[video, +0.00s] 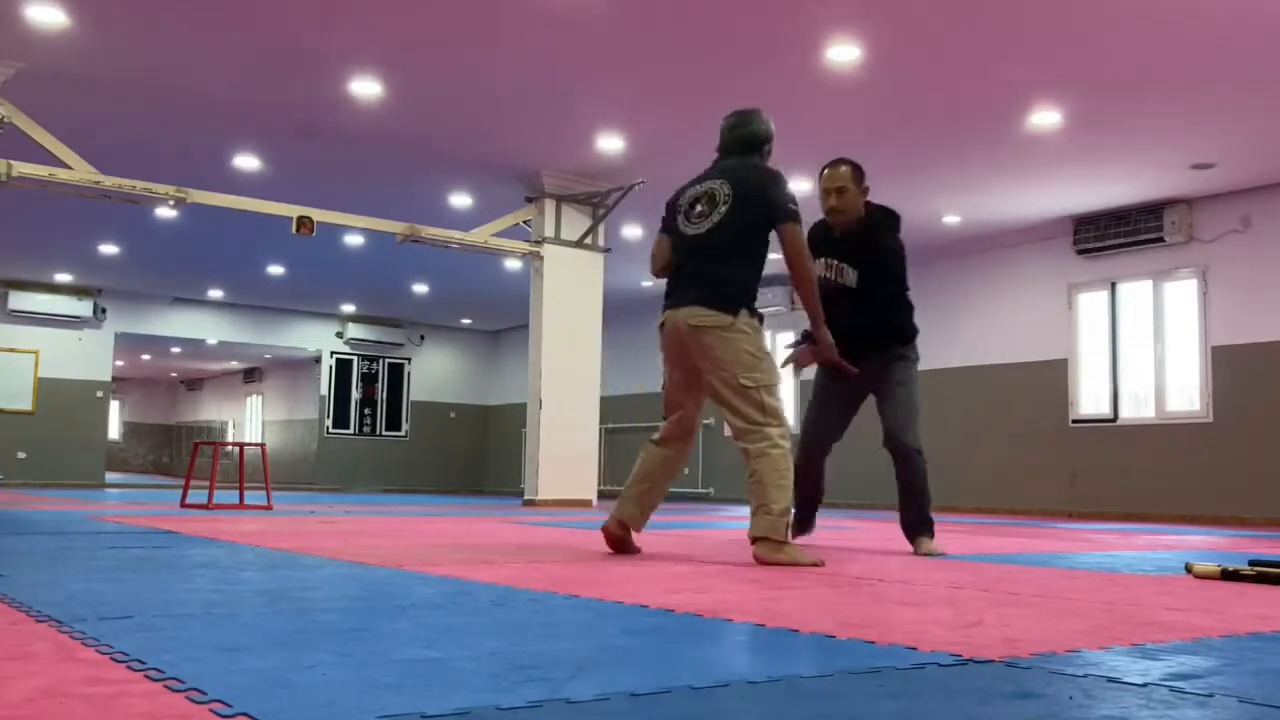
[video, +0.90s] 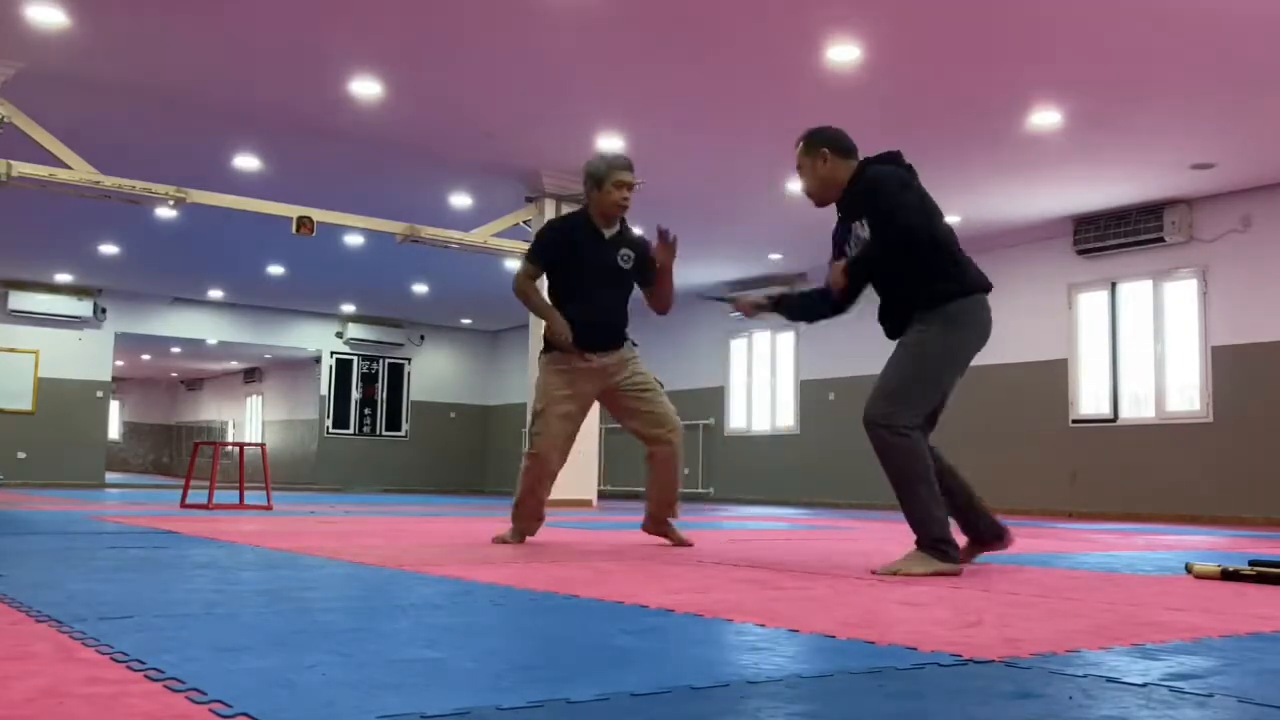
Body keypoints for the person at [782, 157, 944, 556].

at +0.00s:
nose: (832, 200)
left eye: (841, 192)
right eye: (826, 193)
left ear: (863, 193)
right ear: (819, 196)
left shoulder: (882, 237)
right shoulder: (818, 237)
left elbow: (885, 314)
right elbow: (826, 296)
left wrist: (822, 347)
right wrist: (814, 335)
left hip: (892, 355)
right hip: (841, 355)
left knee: (904, 442)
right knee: (810, 445)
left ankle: (922, 535)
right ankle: (801, 524)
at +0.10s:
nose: (858, 193)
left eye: (866, 184)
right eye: (851, 185)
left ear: (890, 185)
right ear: (845, 187)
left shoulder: (922, 232)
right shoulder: (832, 232)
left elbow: (949, 294)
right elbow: (807, 285)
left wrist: (900, 338)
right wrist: (788, 315)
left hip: (910, 350)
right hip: (853, 348)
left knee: (918, 441)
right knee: (829, 437)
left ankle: (923, 534)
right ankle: (824, 517)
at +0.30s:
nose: (866, 184)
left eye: (875, 175)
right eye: (860, 177)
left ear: (900, 177)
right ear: (853, 182)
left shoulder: (935, 225)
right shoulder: (843, 235)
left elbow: (967, 280)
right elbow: (823, 297)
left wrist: (928, 293)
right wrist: (799, 352)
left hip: (928, 350)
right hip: (870, 351)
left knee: (930, 443)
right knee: (861, 430)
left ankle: (920, 533)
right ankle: (890, 535)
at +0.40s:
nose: (852, 171)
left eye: (861, 160)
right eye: (847, 162)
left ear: (890, 160)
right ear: (843, 166)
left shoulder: (923, 206)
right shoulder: (839, 221)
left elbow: (938, 259)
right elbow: (821, 288)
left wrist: (886, 245)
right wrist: (801, 353)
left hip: (926, 341)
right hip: (868, 344)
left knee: (941, 442)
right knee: (866, 430)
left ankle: (925, 521)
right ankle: (897, 535)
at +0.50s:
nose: (841, 163)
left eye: (849, 152)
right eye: (836, 154)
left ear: (880, 149)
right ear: (835, 156)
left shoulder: (906, 193)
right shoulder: (843, 212)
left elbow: (867, 251)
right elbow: (840, 281)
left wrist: (797, 262)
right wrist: (825, 347)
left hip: (920, 328)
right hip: (866, 334)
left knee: (914, 417)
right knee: (859, 432)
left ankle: (937, 517)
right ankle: (897, 537)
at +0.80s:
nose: (801, 170)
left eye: (804, 159)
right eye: (800, 161)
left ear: (830, 152)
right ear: (833, 153)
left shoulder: (869, 185)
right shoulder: (859, 194)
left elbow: (859, 270)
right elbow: (894, 277)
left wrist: (838, 262)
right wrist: (860, 326)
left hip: (944, 309)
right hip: (915, 317)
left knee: (900, 420)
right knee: (877, 431)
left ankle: (939, 550)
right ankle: (905, 539)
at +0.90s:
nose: (803, 186)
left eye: (802, 173)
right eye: (799, 175)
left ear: (825, 160)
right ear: (828, 162)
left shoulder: (882, 179)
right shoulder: (850, 222)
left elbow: (911, 229)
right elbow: (838, 297)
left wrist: (851, 269)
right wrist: (771, 305)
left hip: (953, 314)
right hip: (933, 321)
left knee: (887, 418)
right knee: (905, 434)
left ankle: (937, 548)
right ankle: (985, 532)